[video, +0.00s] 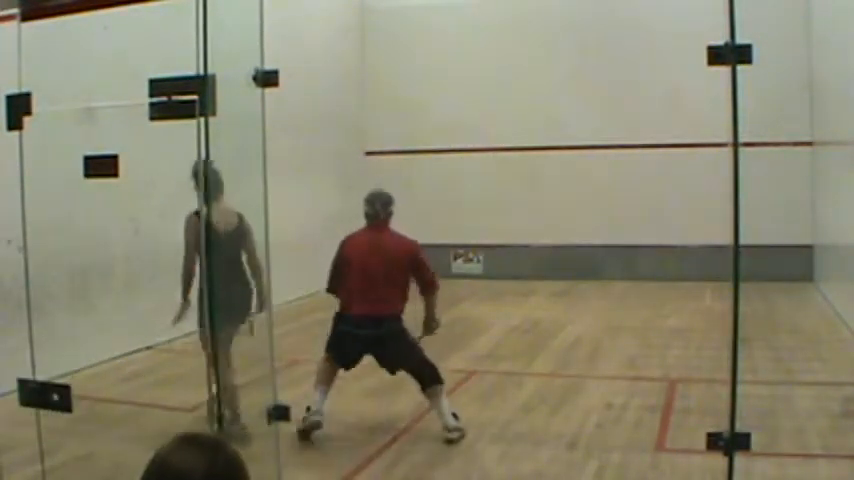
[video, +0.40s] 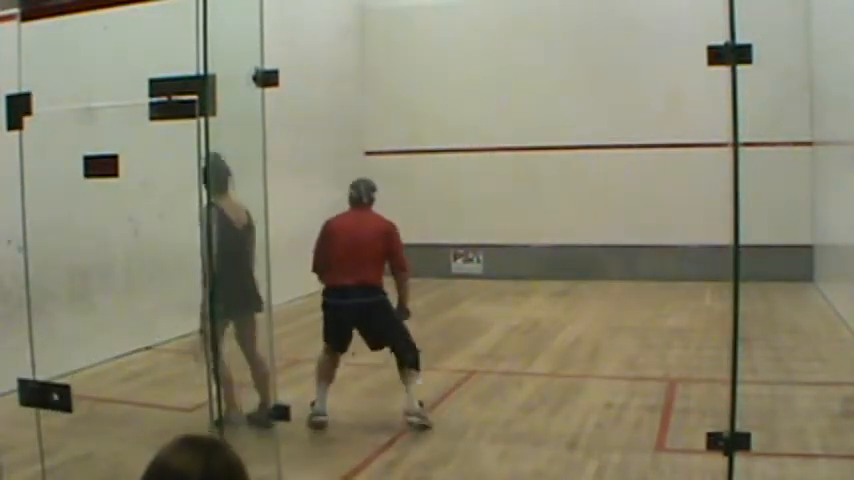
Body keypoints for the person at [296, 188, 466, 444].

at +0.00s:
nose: (372, 213)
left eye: (370, 208)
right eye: (383, 209)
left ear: (366, 212)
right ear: (391, 212)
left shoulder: (350, 243)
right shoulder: (407, 247)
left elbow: (334, 286)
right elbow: (428, 284)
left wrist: (358, 300)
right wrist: (430, 317)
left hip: (350, 327)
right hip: (389, 328)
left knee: (331, 360)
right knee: (425, 372)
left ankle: (315, 410)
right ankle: (449, 421)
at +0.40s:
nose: (371, 201)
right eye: (373, 197)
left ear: (350, 199)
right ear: (373, 199)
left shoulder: (332, 225)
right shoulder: (385, 227)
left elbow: (319, 267)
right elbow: (400, 269)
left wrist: (340, 284)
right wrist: (403, 303)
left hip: (336, 302)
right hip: (372, 300)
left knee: (331, 351)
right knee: (405, 349)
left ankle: (320, 405)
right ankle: (412, 404)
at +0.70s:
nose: (401, 192)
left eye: (394, 185)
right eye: (405, 188)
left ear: (384, 185)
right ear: (407, 187)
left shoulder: (362, 209)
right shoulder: (413, 215)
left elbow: (340, 247)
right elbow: (424, 259)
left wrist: (342, 282)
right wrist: (431, 295)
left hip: (357, 291)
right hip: (390, 294)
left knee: (357, 340)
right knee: (405, 349)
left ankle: (336, 393)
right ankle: (389, 407)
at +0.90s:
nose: (418, 183)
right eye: (420, 178)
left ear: (398, 172)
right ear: (421, 177)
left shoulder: (371, 194)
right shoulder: (417, 200)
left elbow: (344, 220)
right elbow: (423, 247)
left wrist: (346, 254)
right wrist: (431, 284)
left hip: (365, 274)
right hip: (394, 279)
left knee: (384, 335)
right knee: (406, 342)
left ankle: (377, 395)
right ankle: (389, 405)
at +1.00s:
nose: (425, 189)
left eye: (426, 184)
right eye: (425, 183)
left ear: (404, 174)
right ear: (419, 178)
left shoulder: (375, 195)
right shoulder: (413, 198)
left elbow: (347, 217)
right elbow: (416, 245)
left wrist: (355, 245)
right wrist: (426, 282)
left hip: (371, 271)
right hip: (396, 275)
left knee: (391, 335)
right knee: (413, 337)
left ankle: (382, 397)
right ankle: (391, 400)